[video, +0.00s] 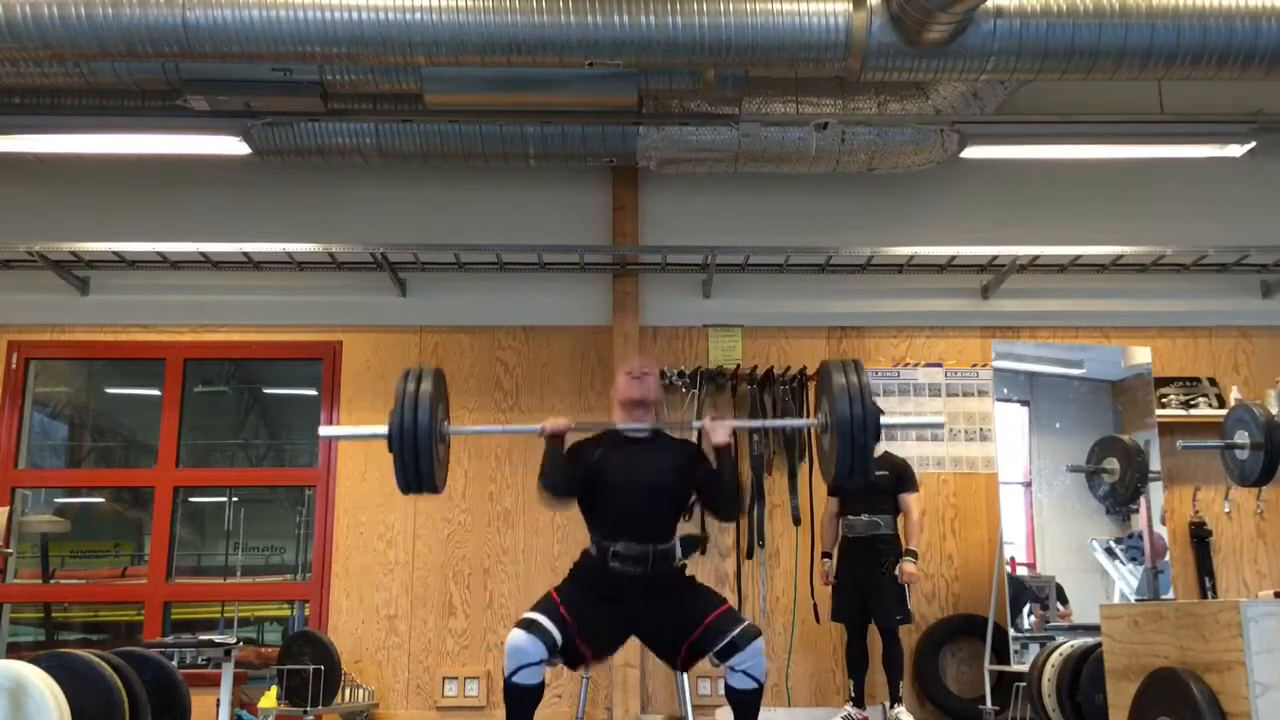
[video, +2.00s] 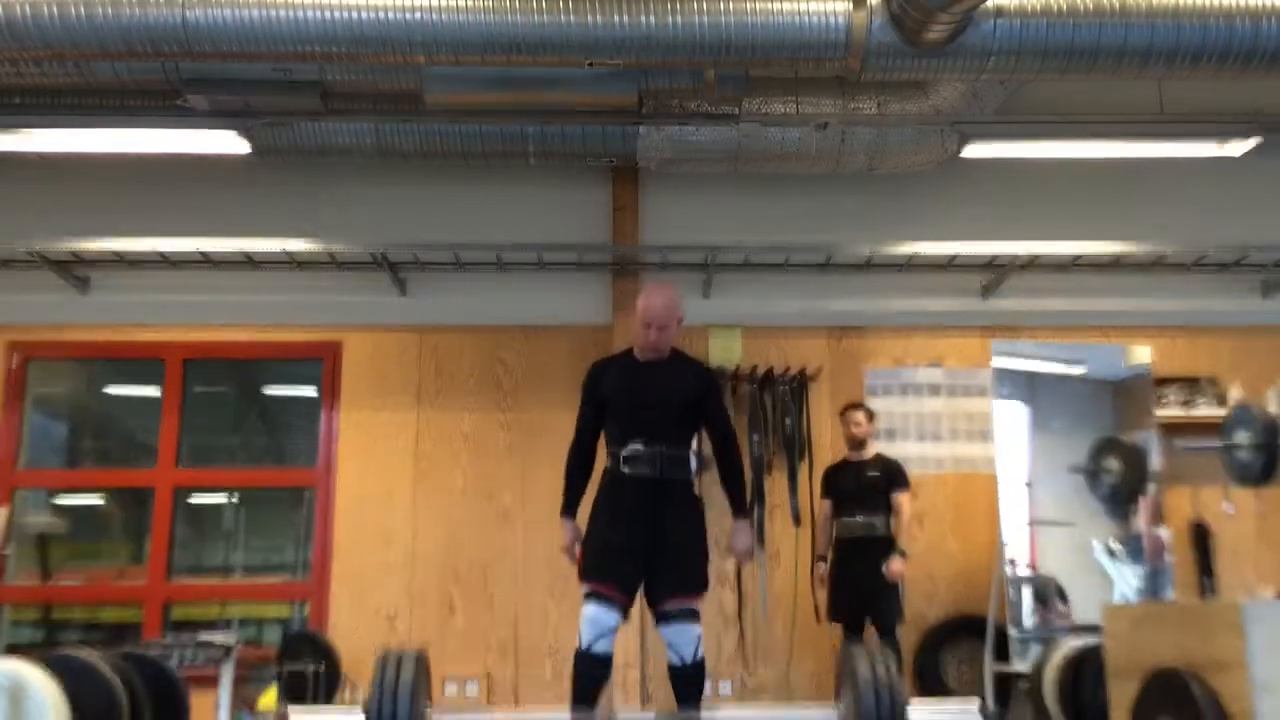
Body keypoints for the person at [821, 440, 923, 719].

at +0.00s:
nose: (857, 432)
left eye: (862, 425)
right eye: (853, 426)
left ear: (873, 428)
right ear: (847, 430)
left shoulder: (897, 468)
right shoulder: (843, 468)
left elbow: (912, 513)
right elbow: (831, 515)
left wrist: (910, 556)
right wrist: (826, 556)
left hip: (885, 562)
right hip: (850, 561)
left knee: (889, 633)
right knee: (854, 634)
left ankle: (896, 705)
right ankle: (856, 705)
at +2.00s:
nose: (853, 430)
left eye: (859, 424)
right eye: (849, 425)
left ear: (871, 427)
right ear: (843, 429)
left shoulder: (889, 469)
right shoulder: (833, 473)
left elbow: (903, 511)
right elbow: (825, 519)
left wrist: (900, 552)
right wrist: (821, 558)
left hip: (880, 556)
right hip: (846, 557)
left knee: (886, 630)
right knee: (851, 631)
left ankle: (893, 697)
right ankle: (853, 698)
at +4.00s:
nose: (854, 431)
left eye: (859, 426)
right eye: (849, 426)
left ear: (870, 427)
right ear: (841, 427)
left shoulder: (889, 459)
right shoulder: (831, 464)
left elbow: (920, 494)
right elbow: (813, 500)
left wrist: (895, 512)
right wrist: (818, 518)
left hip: (879, 552)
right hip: (845, 554)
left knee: (885, 630)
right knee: (852, 631)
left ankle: (896, 704)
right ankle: (858, 706)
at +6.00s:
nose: (856, 435)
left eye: (861, 429)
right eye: (850, 430)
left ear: (872, 428)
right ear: (843, 429)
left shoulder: (891, 465)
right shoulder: (834, 468)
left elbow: (908, 507)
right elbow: (823, 512)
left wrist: (913, 547)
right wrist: (815, 553)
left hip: (880, 555)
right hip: (846, 556)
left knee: (886, 630)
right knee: (852, 632)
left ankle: (896, 703)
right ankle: (858, 706)